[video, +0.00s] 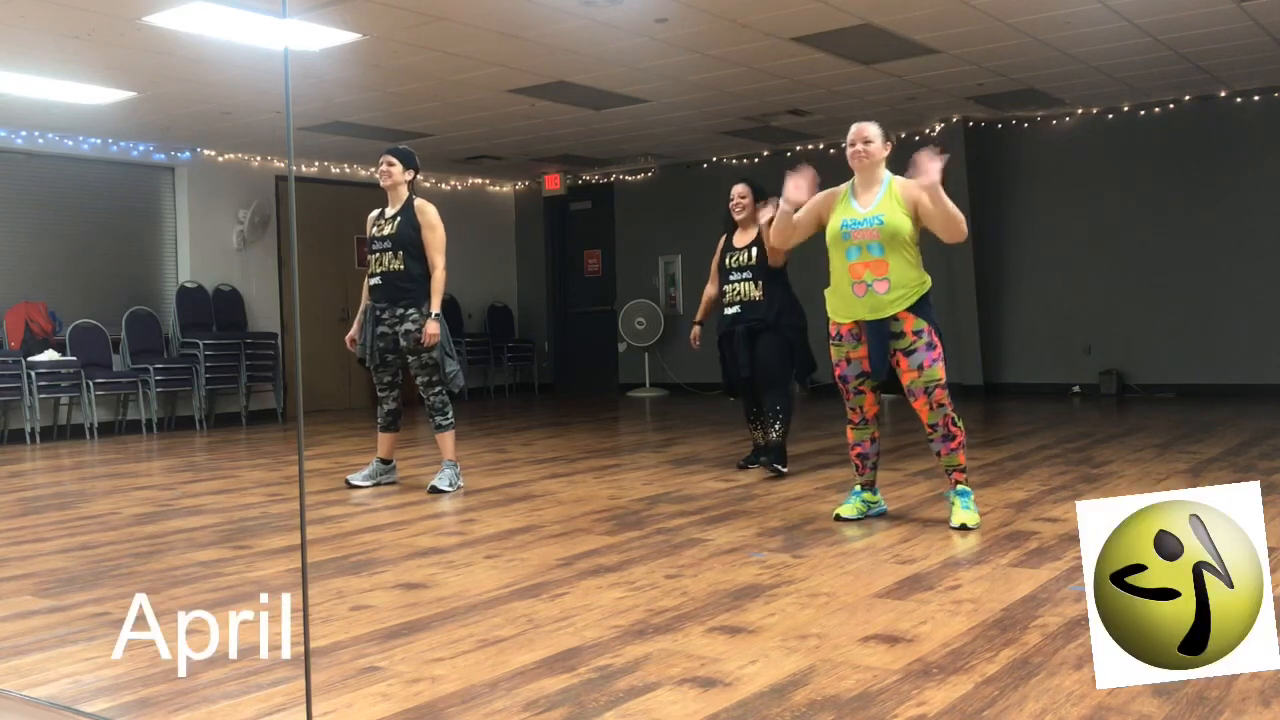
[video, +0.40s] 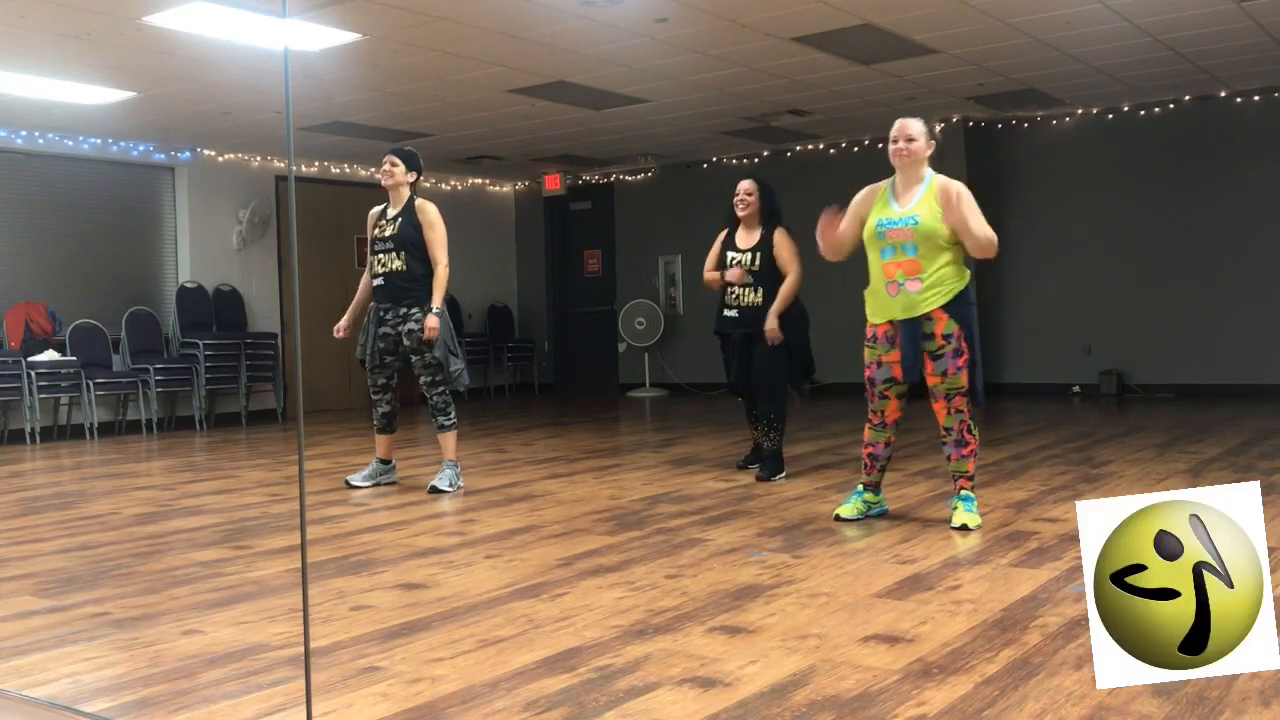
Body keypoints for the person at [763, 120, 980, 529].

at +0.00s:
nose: (858, 148)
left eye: (867, 141)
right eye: (852, 143)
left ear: (886, 149)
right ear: (845, 154)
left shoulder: (908, 189)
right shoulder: (829, 199)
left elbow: (956, 234)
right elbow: (779, 242)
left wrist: (933, 188)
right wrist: (786, 206)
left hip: (906, 314)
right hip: (848, 321)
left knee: (933, 401)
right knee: (859, 410)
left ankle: (960, 492)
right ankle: (866, 492)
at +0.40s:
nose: (900, 146)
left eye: (909, 139)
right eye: (894, 140)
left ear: (929, 146)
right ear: (887, 149)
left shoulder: (950, 191)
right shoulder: (869, 197)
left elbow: (987, 249)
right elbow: (837, 251)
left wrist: (961, 220)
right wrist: (828, 240)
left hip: (941, 313)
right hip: (884, 317)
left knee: (952, 404)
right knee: (880, 407)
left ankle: (964, 496)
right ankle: (869, 492)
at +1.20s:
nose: (899, 143)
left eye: (909, 137)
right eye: (894, 139)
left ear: (931, 146)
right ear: (889, 151)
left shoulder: (952, 194)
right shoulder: (875, 199)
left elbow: (975, 259)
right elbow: (862, 266)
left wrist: (979, 320)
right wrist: (851, 320)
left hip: (937, 317)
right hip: (882, 321)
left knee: (950, 407)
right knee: (879, 409)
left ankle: (964, 496)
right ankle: (871, 492)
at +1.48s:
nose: (868, 147)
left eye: (877, 139)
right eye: (862, 143)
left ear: (898, 146)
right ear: (856, 154)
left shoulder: (921, 192)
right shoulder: (842, 201)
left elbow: (953, 252)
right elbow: (824, 261)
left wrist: (969, 308)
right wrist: (806, 312)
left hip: (911, 316)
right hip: (856, 321)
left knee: (933, 405)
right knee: (866, 408)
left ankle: (960, 495)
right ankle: (869, 492)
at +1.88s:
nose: (844, 147)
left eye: (852, 140)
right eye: (836, 144)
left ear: (870, 148)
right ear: (830, 158)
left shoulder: (903, 188)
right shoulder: (820, 205)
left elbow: (934, 247)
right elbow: (812, 269)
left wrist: (953, 301)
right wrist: (798, 305)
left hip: (907, 309)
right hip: (847, 320)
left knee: (937, 381)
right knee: (851, 408)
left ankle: (949, 478)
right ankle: (867, 491)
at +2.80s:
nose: (861, 143)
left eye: (869, 136)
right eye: (854, 140)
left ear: (889, 144)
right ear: (847, 153)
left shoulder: (921, 187)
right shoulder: (836, 200)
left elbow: (952, 246)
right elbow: (822, 263)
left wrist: (971, 301)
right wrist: (797, 300)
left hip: (917, 313)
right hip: (857, 320)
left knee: (942, 398)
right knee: (863, 407)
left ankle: (948, 492)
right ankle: (870, 491)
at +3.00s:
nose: (843, 151)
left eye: (851, 143)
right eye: (836, 147)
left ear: (870, 152)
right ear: (829, 161)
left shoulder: (904, 191)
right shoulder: (821, 211)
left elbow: (940, 246)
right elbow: (812, 275)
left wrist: (964, 295)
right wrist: (784, 277)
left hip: (910, 316)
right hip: (848, 326)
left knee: (943, 375)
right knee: (854, 409)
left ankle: (935, 477)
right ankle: (869, 491)